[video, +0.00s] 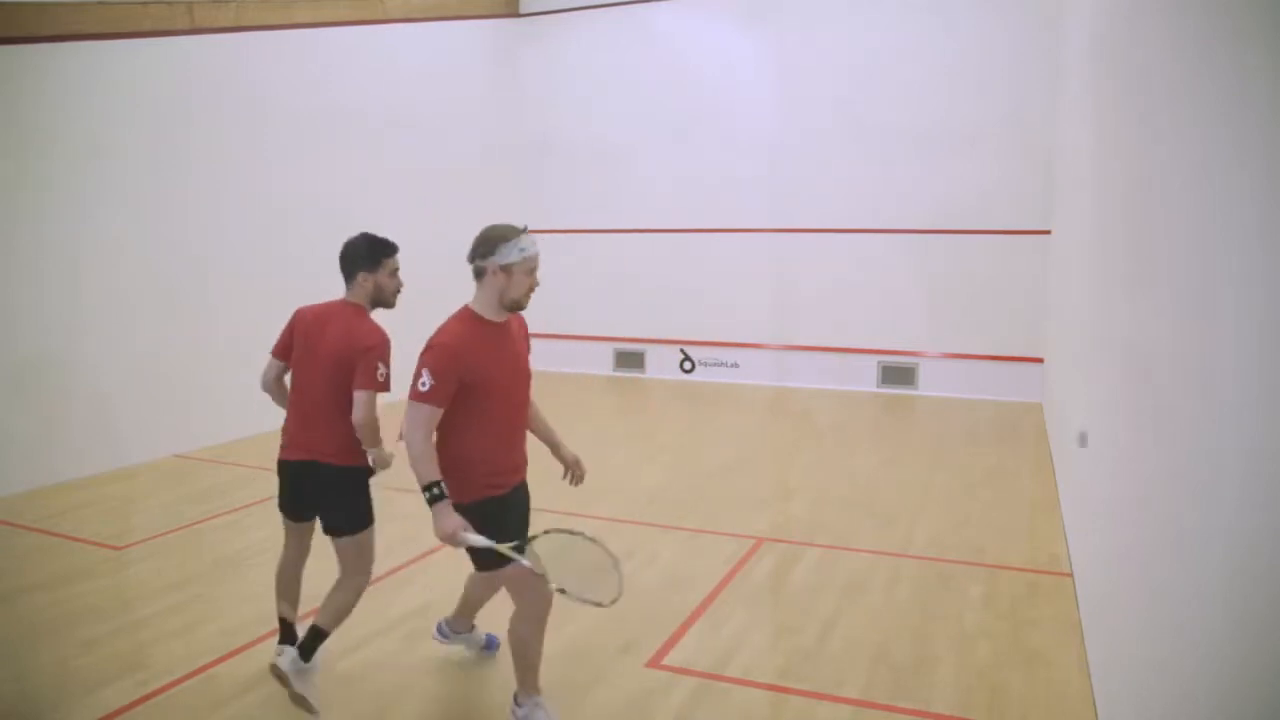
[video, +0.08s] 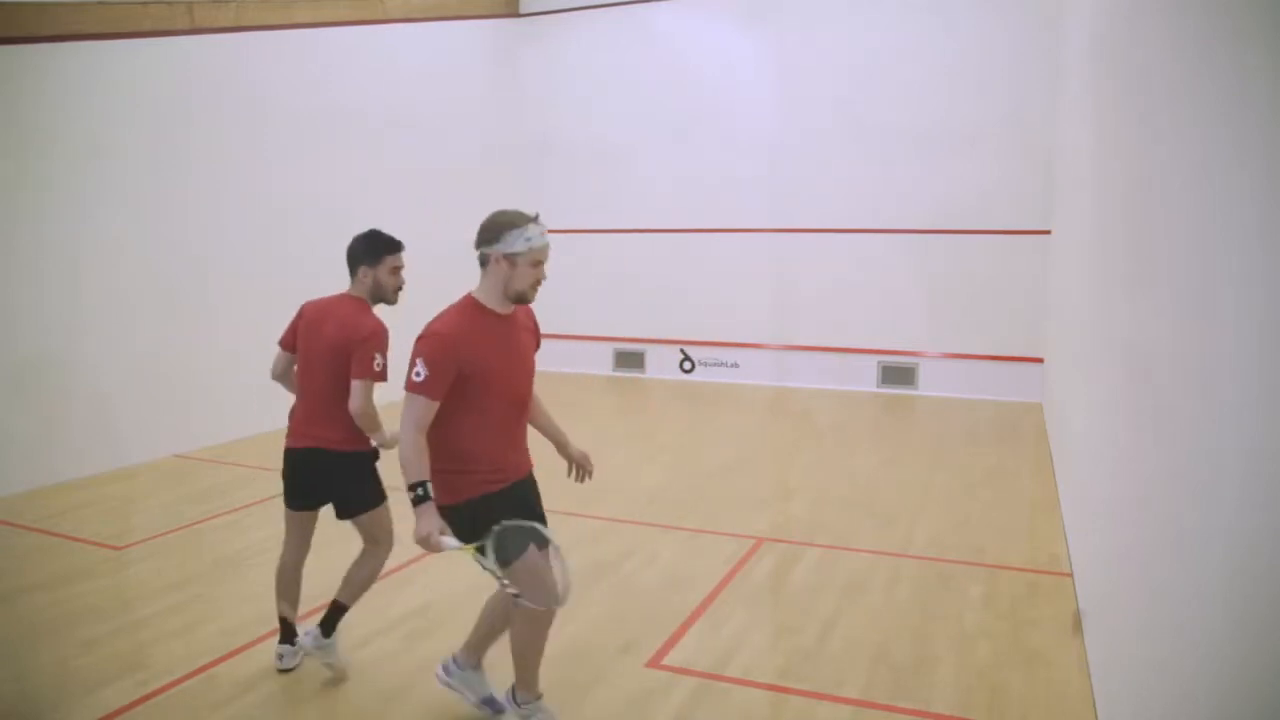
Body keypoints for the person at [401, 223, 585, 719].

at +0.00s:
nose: (535, 281)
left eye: (536, 271)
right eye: (527, 271)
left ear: (505, 273)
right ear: (492, 272)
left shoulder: (515, 327)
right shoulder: (449, 345)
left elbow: (518, 400)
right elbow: (415, 433)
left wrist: (558, 447)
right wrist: (439, 504)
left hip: (512, 484)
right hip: (476, 497)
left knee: (492, 568)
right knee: (535, 596)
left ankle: (456, 626)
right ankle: (528, 701)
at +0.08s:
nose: (543, 274)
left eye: (544, 264)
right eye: (535, 264)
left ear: (516, 264)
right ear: (497, 262)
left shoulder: (524, 320)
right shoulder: (445, 335)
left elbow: (520, 394)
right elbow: (411, 428)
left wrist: (564, 443)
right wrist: (423, 504)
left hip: (517, 477)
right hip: (469, 493)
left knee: (532, 580)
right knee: (540, 589)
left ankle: (464, 664)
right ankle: (527, 699)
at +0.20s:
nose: (547, 287)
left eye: (549, 274)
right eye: (537, 274)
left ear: (513, 273)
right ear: (495, 272)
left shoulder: (532, 329)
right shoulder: (441, 354)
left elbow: (526, 385)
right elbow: (389, 457)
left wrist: (570, 429)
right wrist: (382, 532)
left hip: (524, 505)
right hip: (466, 517)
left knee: (541, 629)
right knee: (531, 635)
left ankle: (479, 713)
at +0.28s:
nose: (547, 315)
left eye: (549, 302)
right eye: (537, 302)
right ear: (493, 299)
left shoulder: (535, 352)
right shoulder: (438, 388)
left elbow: (531, 395)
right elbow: (382, 481)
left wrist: (564, 419)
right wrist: (349, 561)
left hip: (532, 542)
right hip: (468, 558)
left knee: (541, 667)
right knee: (516, 702)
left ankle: (476, 713)